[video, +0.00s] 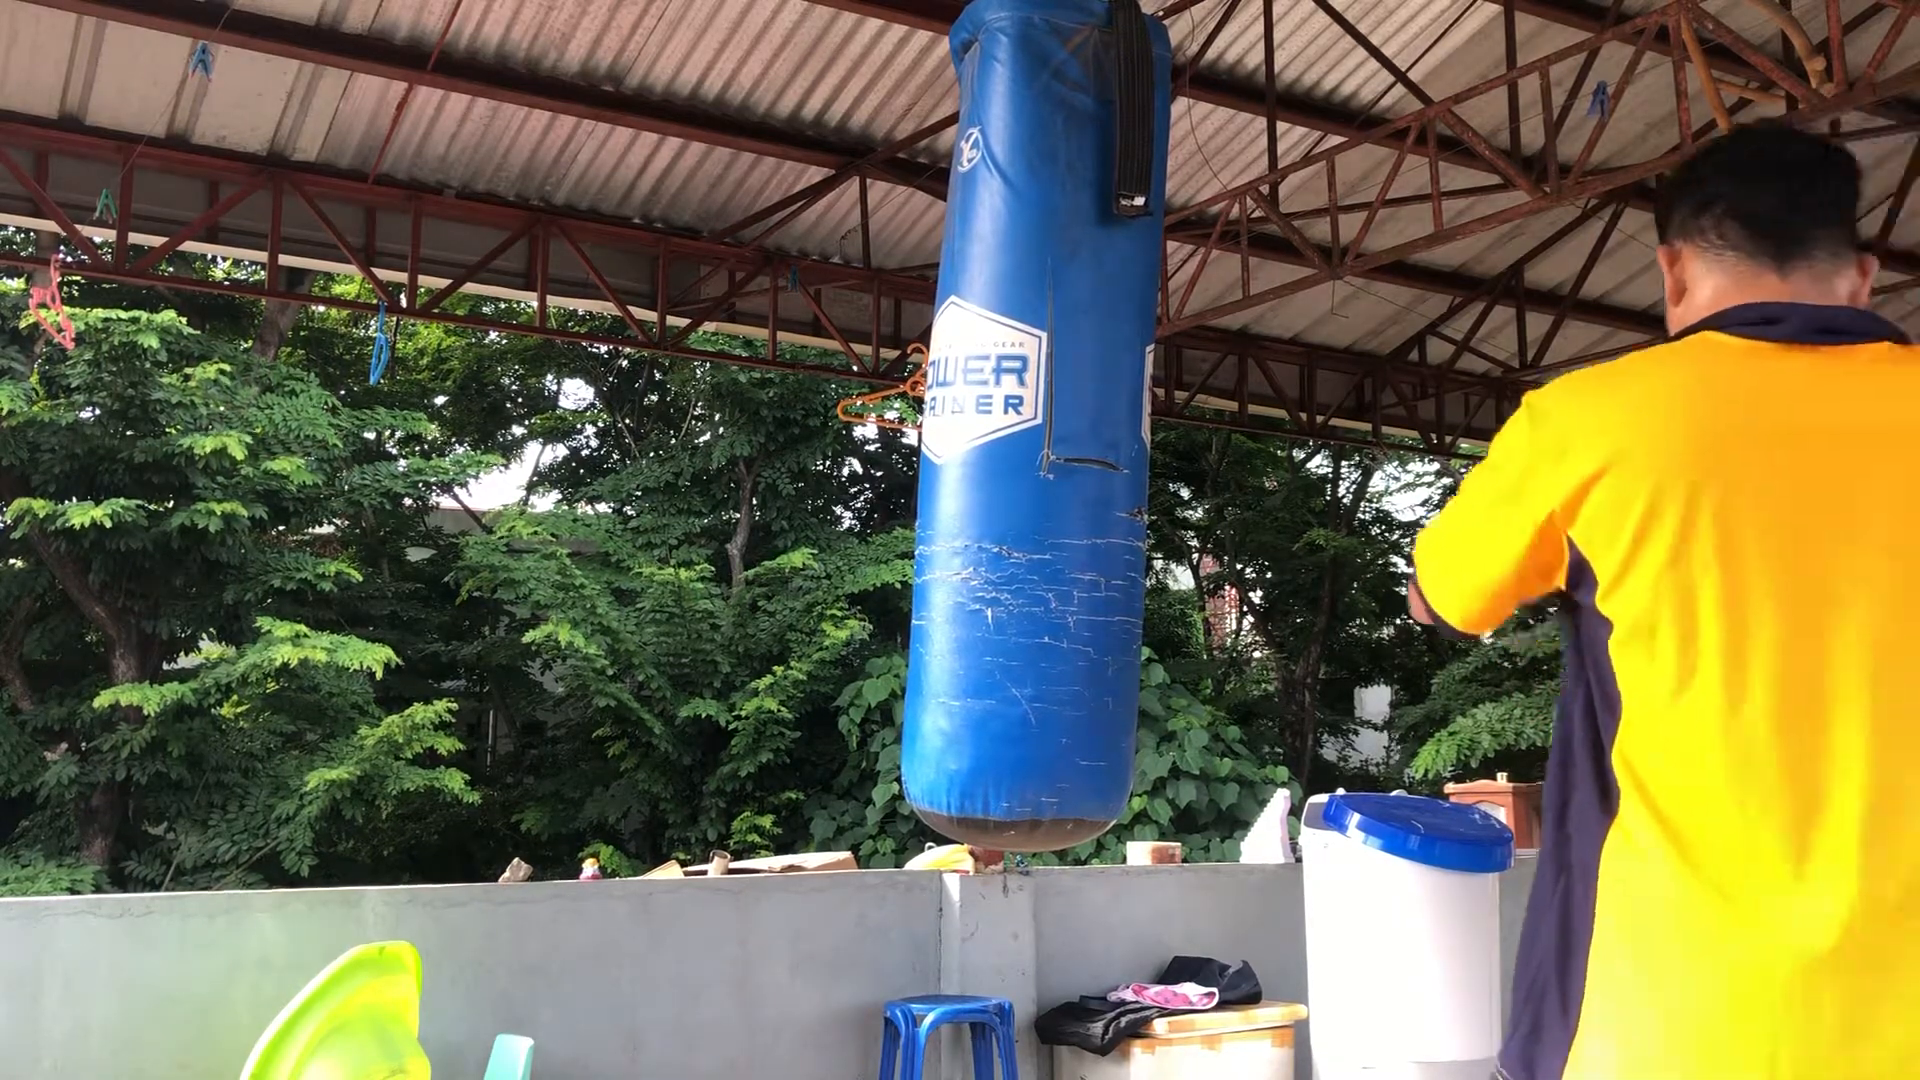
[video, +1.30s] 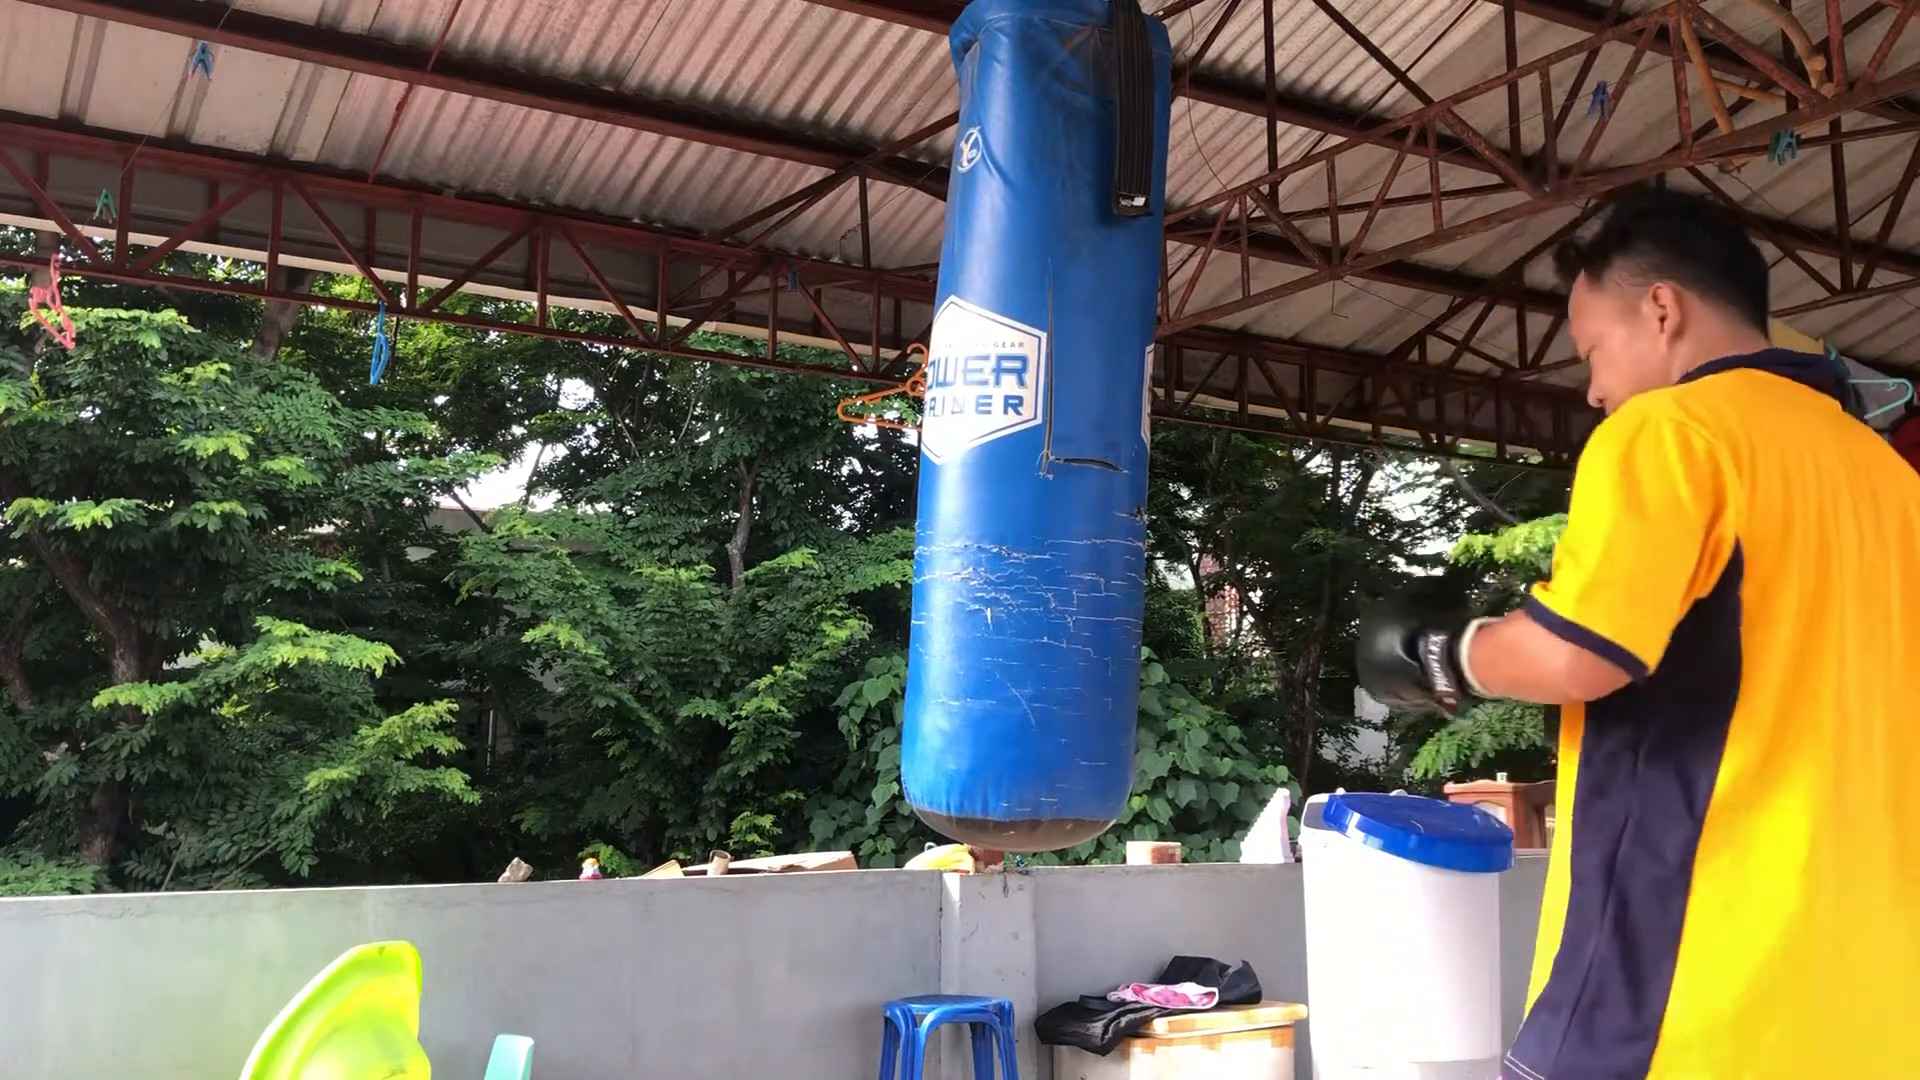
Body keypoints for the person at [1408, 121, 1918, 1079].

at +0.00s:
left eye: (1662, 289)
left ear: (1672, 278)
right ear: (1862, 283)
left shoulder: (1595, 413)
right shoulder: (1907, 387)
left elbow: (1446, 595)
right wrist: (1548, 811)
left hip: (1673, 1030)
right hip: (1897, 1024)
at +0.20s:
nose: (1589, 316)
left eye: (1583, 297)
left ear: (1600, 284)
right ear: (1778, 278)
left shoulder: (1528, 413)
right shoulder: (1903, 407)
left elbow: (1340, 538)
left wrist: (1507, 516)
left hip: (1604, 1032)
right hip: (1871, 1028)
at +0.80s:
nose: (1514, 345)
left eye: (1512, 323)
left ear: (1536, 305)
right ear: (1697, 306)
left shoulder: (1473, 414)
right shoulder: (1816, 427)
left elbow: (1300, 539)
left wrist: (1435, 582)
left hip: (1547, 1030)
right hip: (1789, 1022)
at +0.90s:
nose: (1542, 349)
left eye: (1540, 328)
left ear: (1568, 308)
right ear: (1724, 315)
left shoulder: (1503, 415)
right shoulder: (1845, 438)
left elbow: (1328, 556)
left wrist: (1445, 637)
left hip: (1568, 1025)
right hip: (1800, 1023)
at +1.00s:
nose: (1570, 355)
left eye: (1568, 329)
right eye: (1567, 333)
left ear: (1605, 307)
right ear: (1739, 312)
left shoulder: (1557, 414)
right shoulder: (1873, 445)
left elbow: (1367, 581)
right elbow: (1895, 674)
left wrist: (1457, 655)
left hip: (1604, 1019)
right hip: (1827, 1018)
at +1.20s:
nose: (1598, 390)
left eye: (1594, 353)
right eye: (1588, 362)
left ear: (1652, 310)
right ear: (1758, 317)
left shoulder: (1632, 428)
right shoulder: (1893, 464)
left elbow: (1475, 651)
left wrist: (1423, 622)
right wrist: (1553, 810)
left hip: (1683, 1015)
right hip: (1889, 1011)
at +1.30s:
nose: (1592, 394)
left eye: (1591, 353)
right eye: (1584, 363)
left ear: (1663, 313)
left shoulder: (1673, 431)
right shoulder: (1890, 470)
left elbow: (1581, 651)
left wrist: (1442, 651)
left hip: (1683, 1019)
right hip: (1878, 1013)